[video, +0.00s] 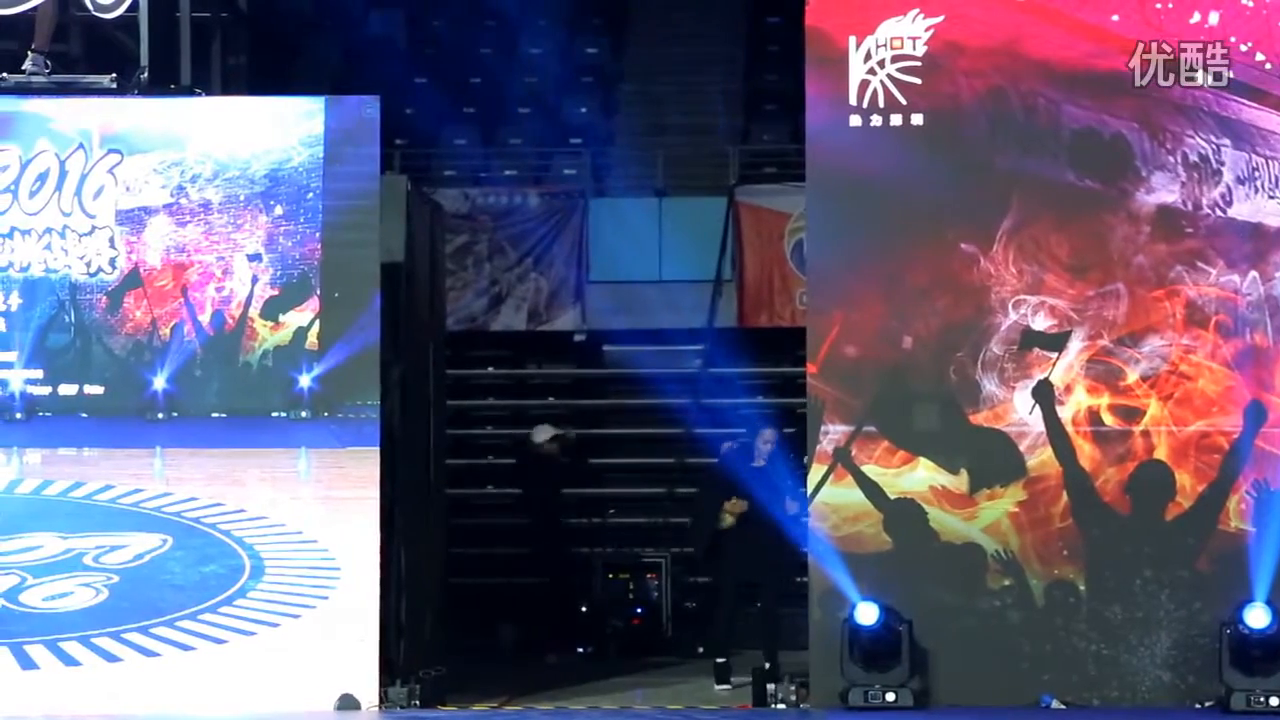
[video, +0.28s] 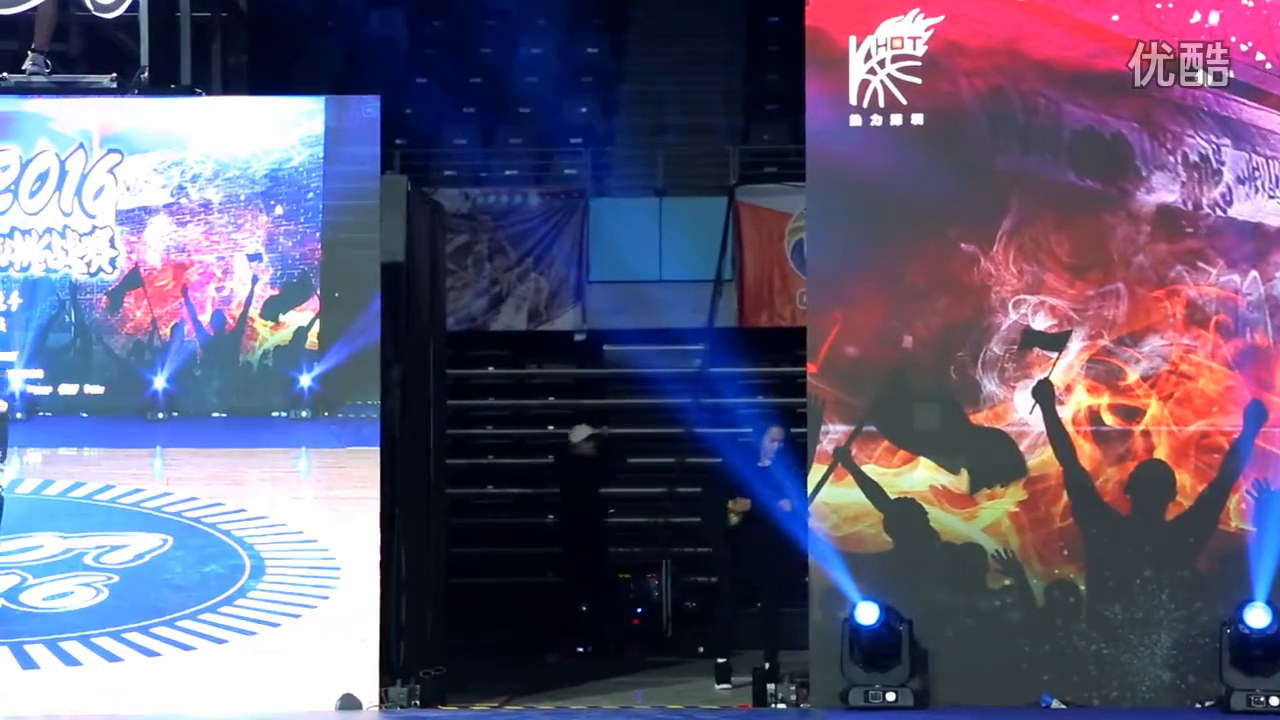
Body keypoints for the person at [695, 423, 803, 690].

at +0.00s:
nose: (768, 448)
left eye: (772, 443)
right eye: (764, 442)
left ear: (776, 445)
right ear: (753, 441)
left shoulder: (780, 471)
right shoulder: (733, 468)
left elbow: (795, 506)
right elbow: (708, 508)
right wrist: (725, 512)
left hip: (770, 549)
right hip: (735, 549)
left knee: (770, 607)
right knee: (728, 606)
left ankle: (771, 665)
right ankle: (722, 666)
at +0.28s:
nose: (775, 446)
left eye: (779, 442)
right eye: (771, 439)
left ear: (783, 444)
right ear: (759, 438)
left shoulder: (786, 471)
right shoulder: (738, 468)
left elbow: (800, 503)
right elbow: (712, 500)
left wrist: (791, 505)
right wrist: (731, 507)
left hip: (773, 550)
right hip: (738, 548)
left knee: (771, 607)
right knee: (730, 604)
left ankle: (771, 666)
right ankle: (722, 664)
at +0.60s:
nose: (780, 443)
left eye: (784, 438)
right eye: (776, 437)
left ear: (788, 441)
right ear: (764, 436)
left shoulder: (792, 471)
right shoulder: (743, 468)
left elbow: (803, 507)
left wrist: (795, 509)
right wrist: (735, 510)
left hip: (779, 549)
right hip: (744, 548)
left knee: (774, 606)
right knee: (736, 604)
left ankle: (772, 665)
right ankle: (731, 662)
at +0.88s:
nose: (785, 440)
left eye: (789, 436)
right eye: (781, 434)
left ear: (794, 438)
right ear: (770, 435)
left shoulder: (796, 467)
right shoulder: (749, 463)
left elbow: (807, 499)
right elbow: (728, 490)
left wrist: (802, 505)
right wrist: (739, 498)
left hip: (786, 544)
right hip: (755, 544)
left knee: (780, 603)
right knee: (758, 600)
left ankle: (778, 664)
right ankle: (762, 658)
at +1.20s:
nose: (803, 438)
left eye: (807, 434)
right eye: (799, 433)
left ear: (813, 437)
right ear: (788, 435)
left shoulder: (815, 467)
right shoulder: (773, 464)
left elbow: (814, 500)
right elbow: (751, 490)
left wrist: (779, 503)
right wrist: (762, 498)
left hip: (806, 546)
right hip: (775, 545)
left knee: (808, 610)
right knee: (776, 607)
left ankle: (813, 671)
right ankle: (775, 672)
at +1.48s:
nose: (807, 435)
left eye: (812, 429)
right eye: (802, 429)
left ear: (819, 432)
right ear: (793, 432)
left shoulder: (825, 467)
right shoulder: (777, 467)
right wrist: (766, 509)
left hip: (814, 548)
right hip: (782, 547)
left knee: (814, 608)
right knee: (783, 606)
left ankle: (817, 672)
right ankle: (784, 668)